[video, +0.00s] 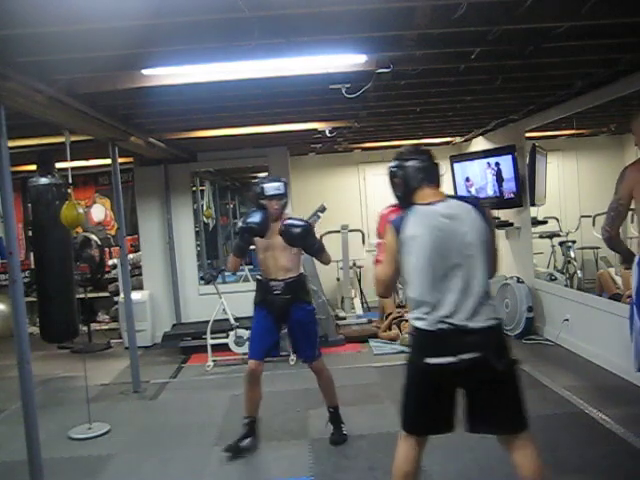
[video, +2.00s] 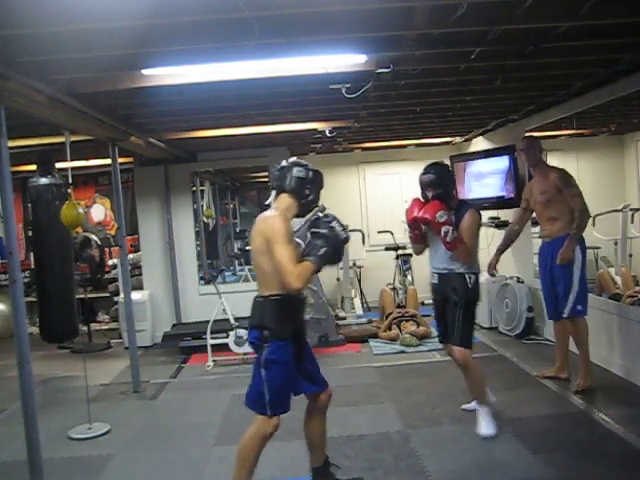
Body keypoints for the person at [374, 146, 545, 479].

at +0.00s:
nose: (393, 185)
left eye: (394, 179)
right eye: (393, 179)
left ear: (400, 183)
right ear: (436, 177)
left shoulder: (399, 225)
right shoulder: (476, 213)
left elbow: (384, 286)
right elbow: (490, 269)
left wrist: (387, 254)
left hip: (432, 351)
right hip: (486, 345)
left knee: (412, 438)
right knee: (517, 438)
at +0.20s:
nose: (440, 192)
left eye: (440, 185)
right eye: (438, 185)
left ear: (451, 183)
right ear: (483, 177)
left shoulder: (450, 230)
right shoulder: (526, 214)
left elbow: (428, 294)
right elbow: (528, 266)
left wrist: (418, 257)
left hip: (480, 357)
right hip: (537, 351)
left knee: (454, 440)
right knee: (553, 444)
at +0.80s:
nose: (454, 193)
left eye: (454, 184)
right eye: (451, 185)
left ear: (470, 179)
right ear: (484, 175)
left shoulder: (492, 215)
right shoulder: (528, 205)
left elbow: (462, 278)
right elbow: (502, 257)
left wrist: (434, 242)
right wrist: (465, 230)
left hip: (512, 329)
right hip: (552, 323)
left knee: (487, 412)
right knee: (547, 407)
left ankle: (512, 475)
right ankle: (561, 475)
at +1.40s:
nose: (463, 193)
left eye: (466, 187)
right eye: (461, 188)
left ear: (482, 184)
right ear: (481, 185)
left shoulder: (510, 208)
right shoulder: (484, 211)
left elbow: (496, 247)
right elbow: (475, 251)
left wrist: (455, 226)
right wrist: (454, 226)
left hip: (522, 294)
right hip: (508, 293)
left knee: (495, 374)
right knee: (534, 369)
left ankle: (518, 435)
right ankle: (572, 431)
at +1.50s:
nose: (455, 197)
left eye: (455, 190)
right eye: (452, 191)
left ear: (470, 187)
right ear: (476, 185)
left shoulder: (498, 207)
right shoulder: (482, 212)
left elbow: (470, 239)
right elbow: (463, 252)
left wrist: (431, 220)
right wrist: (444, 228)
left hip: (515, 294)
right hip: (500, 293)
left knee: (495, 373)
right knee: (509, 363)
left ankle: (518, 436)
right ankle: (552, 409)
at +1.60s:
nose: (447, 201)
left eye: (448, 195)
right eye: (445, 196)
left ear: (462, 189)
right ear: (469, 187)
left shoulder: (491, 212)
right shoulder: (470, 215)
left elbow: (475, 254)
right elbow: (459, 253)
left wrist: (446, 229)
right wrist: (437, 231)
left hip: (505, 294)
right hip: (489, 293)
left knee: (488, 373)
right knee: (492, 357)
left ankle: (517, 435)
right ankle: (523, 402)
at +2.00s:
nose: (427, 195)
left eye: (431, 189)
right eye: (424, 190)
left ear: (447, 187)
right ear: (424, 191)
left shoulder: (467, 213)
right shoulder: (430, 211)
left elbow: (467, 256)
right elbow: (419, 247)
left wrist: (446, 228)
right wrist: (414, 225)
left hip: (463, 280)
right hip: (440, 280)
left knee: (460, 351)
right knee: (449, 346)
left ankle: (484, 406)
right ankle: (481, 393)